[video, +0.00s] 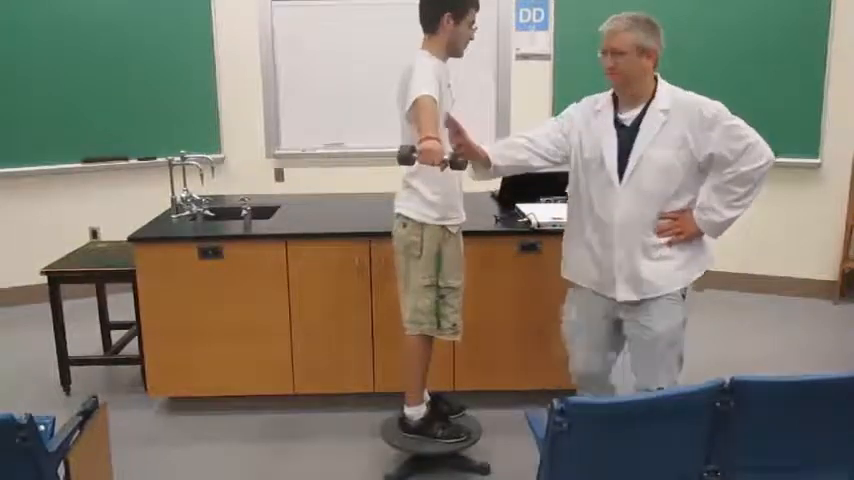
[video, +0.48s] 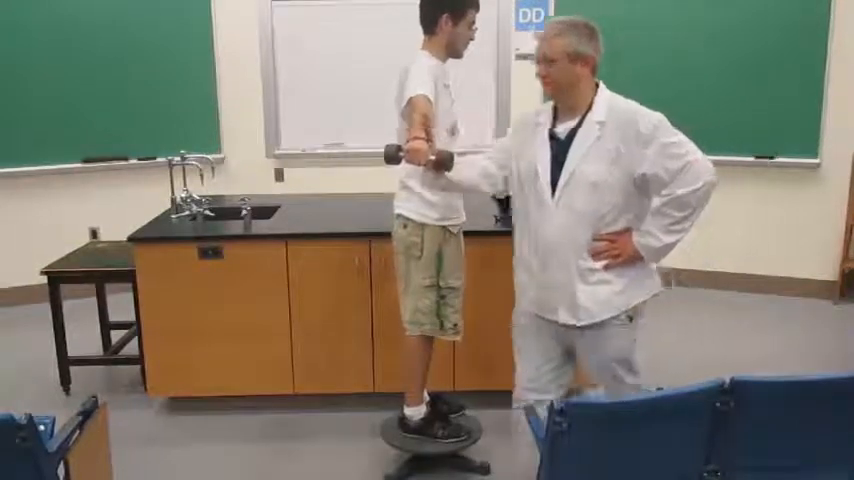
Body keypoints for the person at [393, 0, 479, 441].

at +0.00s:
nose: (473, 34)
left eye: (475, 26)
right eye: (471, 24)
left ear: (446, 24)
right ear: (447, 22)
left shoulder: (438, 72)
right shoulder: (424, 69)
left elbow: (445, 129)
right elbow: (424, 112)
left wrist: (467, 152)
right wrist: (430, 140)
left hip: (438, 215)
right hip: (422, 216)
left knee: (430, 314)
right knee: (421, 316)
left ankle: (421, 399)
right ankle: (414, 412)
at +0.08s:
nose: (474, 34)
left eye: (475, 25)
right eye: (471, 24)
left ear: (446, 24)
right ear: (447, 22)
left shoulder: (438, 72)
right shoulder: (424, 69)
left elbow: (446, 128)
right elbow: (424, 110)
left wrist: (467, 151)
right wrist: (430, 139)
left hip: (439, 215)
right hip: (422, 215)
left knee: (431, 313)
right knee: (421, 314)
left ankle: (421, 398)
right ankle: (414, 411)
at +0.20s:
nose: (474, 34)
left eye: (475, 25)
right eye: (470, 24)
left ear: (446, 24)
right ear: (445, 22)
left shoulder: (437, 71)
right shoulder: (423, 68)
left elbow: (443, 134)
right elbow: (423, 113)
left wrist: (471, 154)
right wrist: (430, 137)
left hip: (439, 214)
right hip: (422, 214)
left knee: (431, 313)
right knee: (421, 314)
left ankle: (421, 399)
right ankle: (414, 411)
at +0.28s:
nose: (474, 34)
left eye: (475, 25)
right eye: (470, 24)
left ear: (446, 24)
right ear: (445, 22)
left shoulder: (437, 71)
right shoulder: (423, 68)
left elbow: (442, 134)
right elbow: (423, 113)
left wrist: (470, 154)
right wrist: (430, 137)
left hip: (439, 214)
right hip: (422, 214)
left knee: (431, 313)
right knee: (421, 314)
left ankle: (421, 399)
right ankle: (414, 411)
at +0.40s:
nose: (474, 35)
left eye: (475, 26)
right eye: (470, 25)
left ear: (446, 25)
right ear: (445, 23)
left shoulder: (438, 72)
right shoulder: (423, 68)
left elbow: (442, 141)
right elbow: (418, 112)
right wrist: (419, 136)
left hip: (439, 215)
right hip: (422, 215)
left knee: (432, 314)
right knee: (422, 316)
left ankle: (421, 399)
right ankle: (414, 411)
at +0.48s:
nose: (474, 35)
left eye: (475, 26)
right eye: (470, 25)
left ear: (446, 25)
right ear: (445, 23)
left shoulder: (438, 72)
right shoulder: (423, 68)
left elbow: (442, 141)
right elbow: (418, 111)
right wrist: (419, 136)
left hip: (439, 215)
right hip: (422, 215)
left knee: (432, 314)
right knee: (422, 316)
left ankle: (421, 399)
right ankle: (414, 411)